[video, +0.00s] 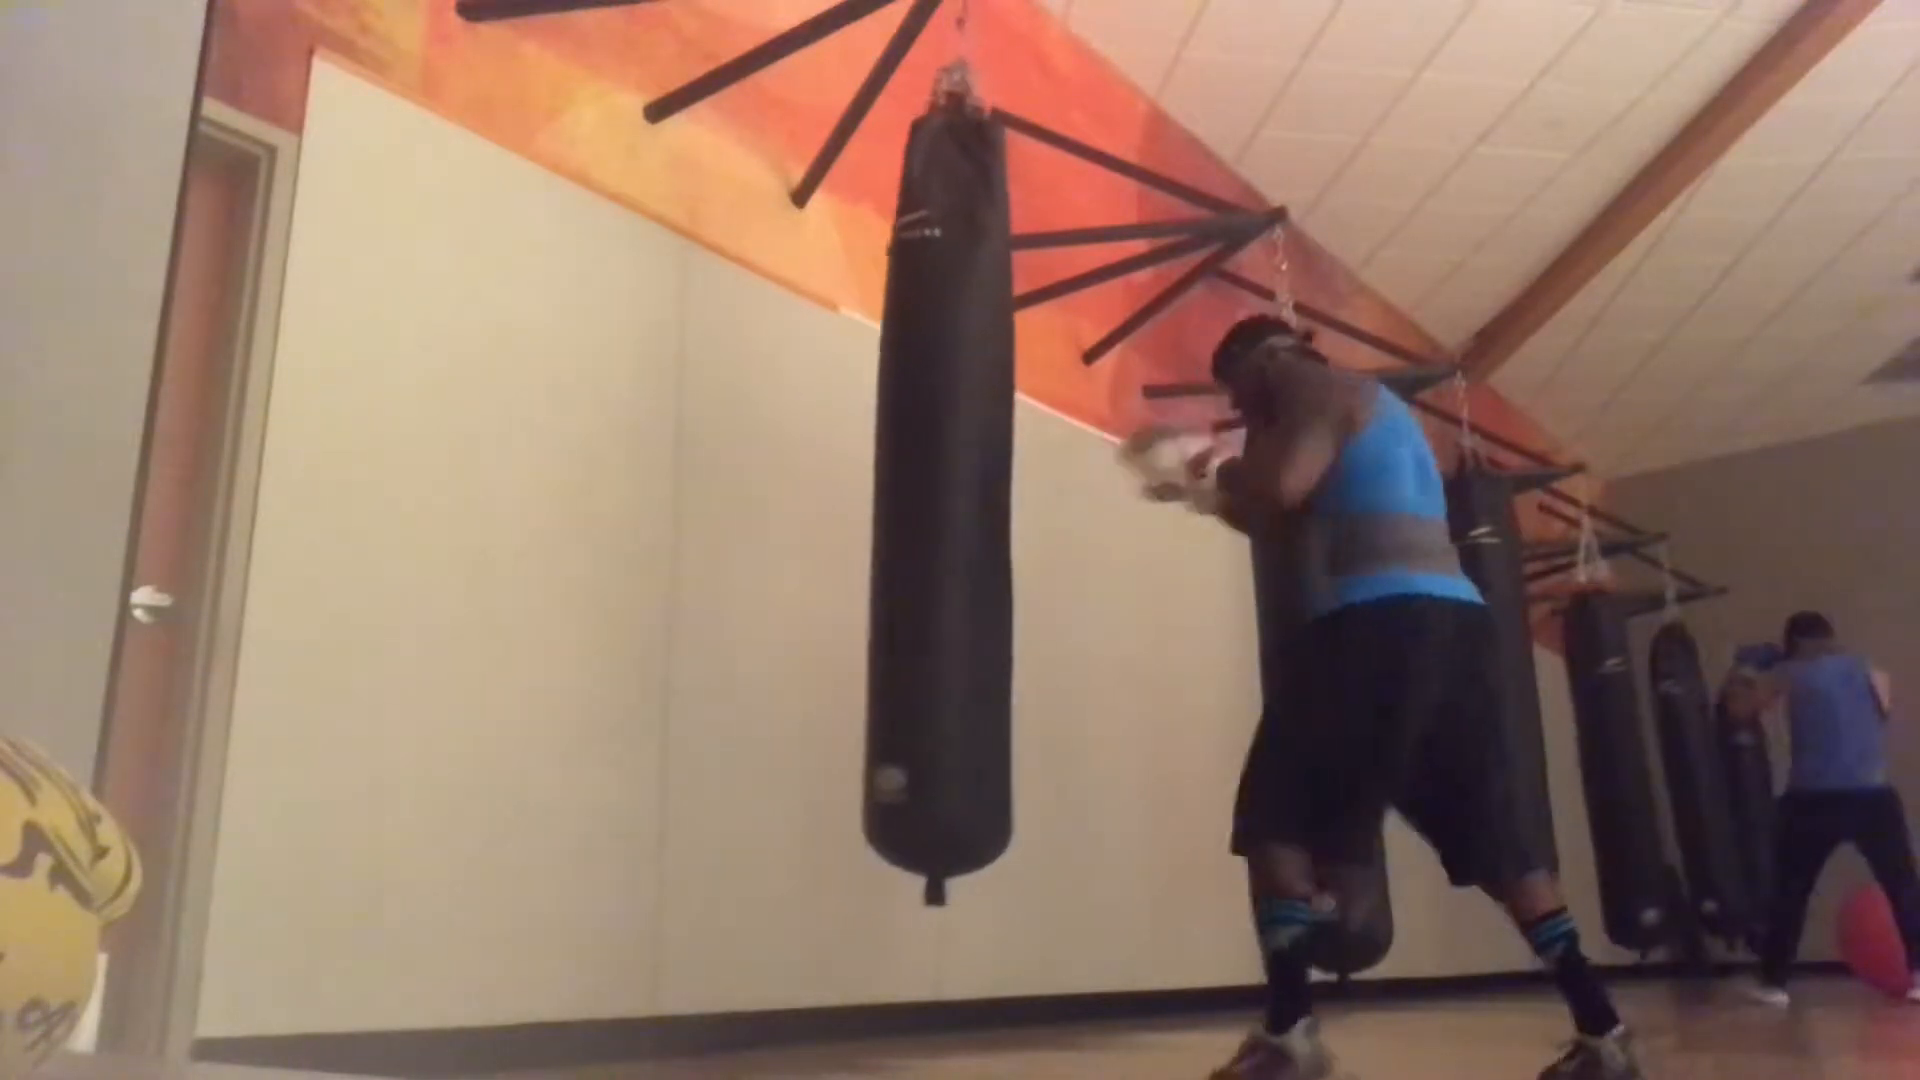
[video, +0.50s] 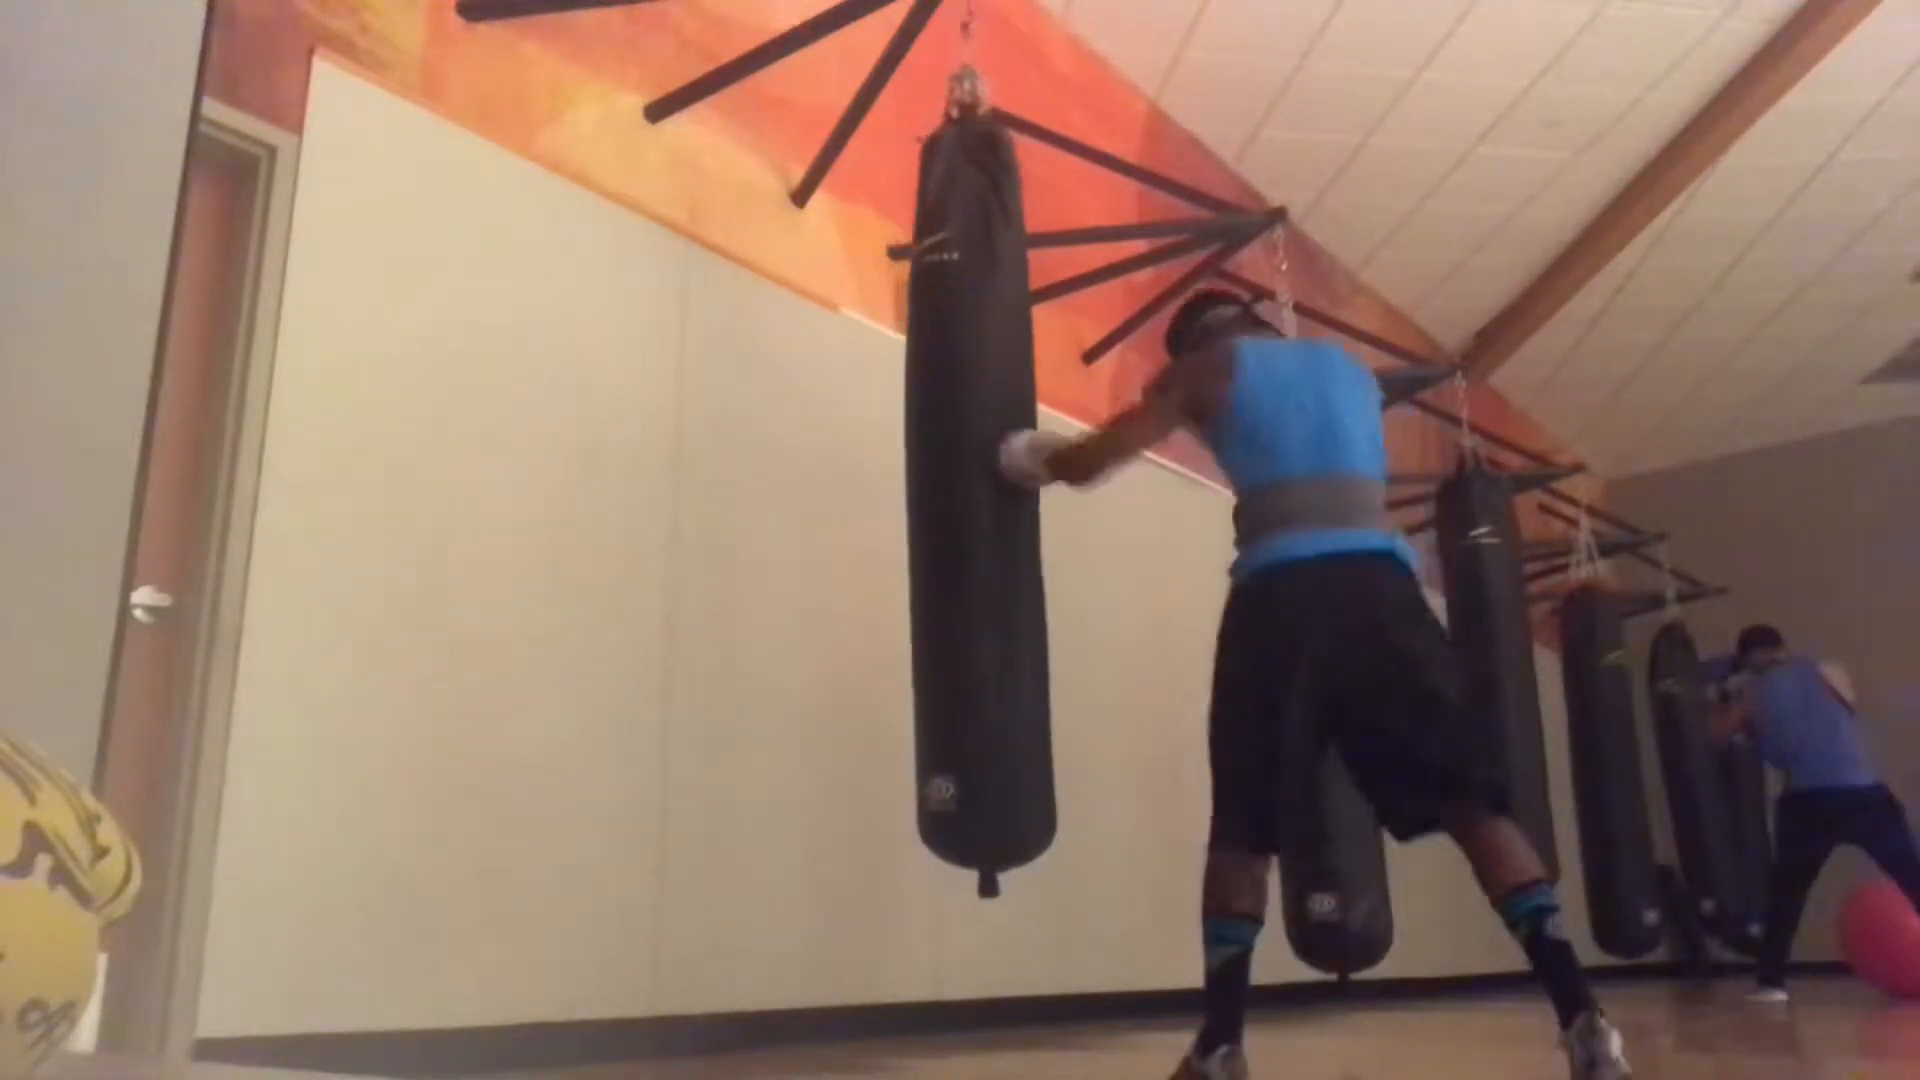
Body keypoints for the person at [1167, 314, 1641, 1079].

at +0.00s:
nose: (1244, 410)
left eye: (1242, 392)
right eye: (1237, 399)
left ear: (1265, 362)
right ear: (1294, 347)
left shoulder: (1306, 380)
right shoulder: (1381, 406)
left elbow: (1281, 482)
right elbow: (1285, 521)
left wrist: (1226, 472)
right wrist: (1209, 494)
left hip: (1372, 626)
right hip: (1454, 623)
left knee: (1273, 815)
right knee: (1486, 827)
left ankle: (1288, 1026)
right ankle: (1601, 1025)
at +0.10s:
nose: (1219, 395)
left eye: (1216, 382)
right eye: (1215, 384)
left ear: (1232, 364)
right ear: (1284, 344)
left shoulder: (1258, 383)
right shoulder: (1375, 390)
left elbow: (1179, 446)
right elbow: (1410, 478)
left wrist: (1098, 456)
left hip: (1344, 618)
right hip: (1447, 610)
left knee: (1295, 822)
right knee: (1500, 814)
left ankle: (1275, 1034)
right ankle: (1598, 1019)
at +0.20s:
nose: (1209, 405)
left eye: (1208, 387)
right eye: (1209, 392)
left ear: (1229, 362)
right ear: (1278, 348)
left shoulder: (1250, 376)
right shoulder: (1371, 389)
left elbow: (1139, 445)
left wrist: (1065, 460)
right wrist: (1253, 466)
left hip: (1339, 609)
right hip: (1441, 601)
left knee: (1281, 812)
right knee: (1483, 805)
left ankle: (1265, 1032)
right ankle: (1579, 1007)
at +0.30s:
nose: (1211, 395)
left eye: (1212, 380)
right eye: (1209, 385)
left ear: (1235, 352)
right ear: (1278, 334)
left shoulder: (1260, 373)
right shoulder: (1380, 393)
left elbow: (1201, 462)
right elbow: (1399, 493)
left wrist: (1144, 460)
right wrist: (1245, 448)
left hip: (1321, 619)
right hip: (1431, 614)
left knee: (1231, 804)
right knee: (1487, 820)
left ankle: (1234, 1008)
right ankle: (1579, 1024)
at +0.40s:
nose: (1201, 380)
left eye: (1201, 368)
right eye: (1197, 371)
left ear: (1220, 345)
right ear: (1266, 329)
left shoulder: (1231, 365)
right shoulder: (1362, 375)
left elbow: (1120, 435)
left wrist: (1065, 447)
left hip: (1298, 603)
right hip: (1405, 596)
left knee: (1234, 809)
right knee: (1486, 802)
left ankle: (1219, 1027)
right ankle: (1581, 1018)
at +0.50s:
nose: (1176, 380)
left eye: (1181, 365)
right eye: (1179, 371)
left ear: (1194, 347)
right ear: (1264, 323)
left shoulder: (1204, 366)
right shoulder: (1347, 366)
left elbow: (1088, 463)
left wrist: (1033, 456)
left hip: (1275, 612)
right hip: (1383, 599)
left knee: (1241, 827)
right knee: (1473, 805)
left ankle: (1221, 1041)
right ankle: (1582, 1016)